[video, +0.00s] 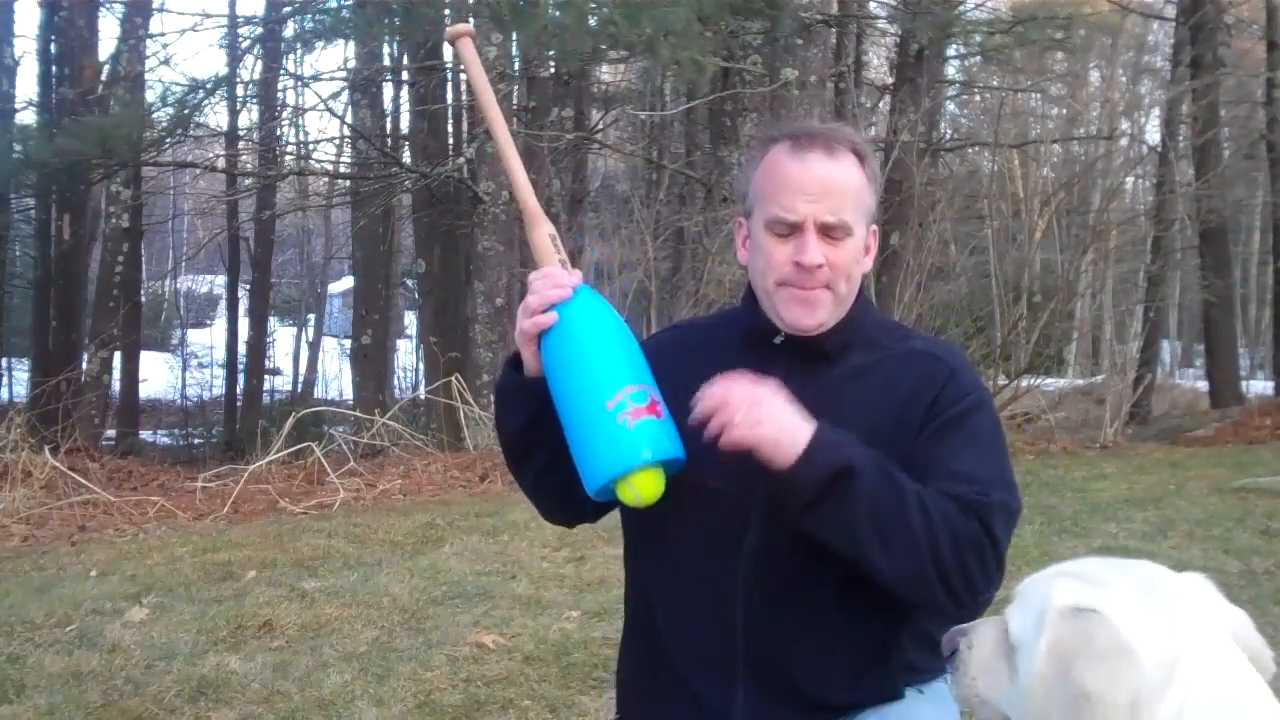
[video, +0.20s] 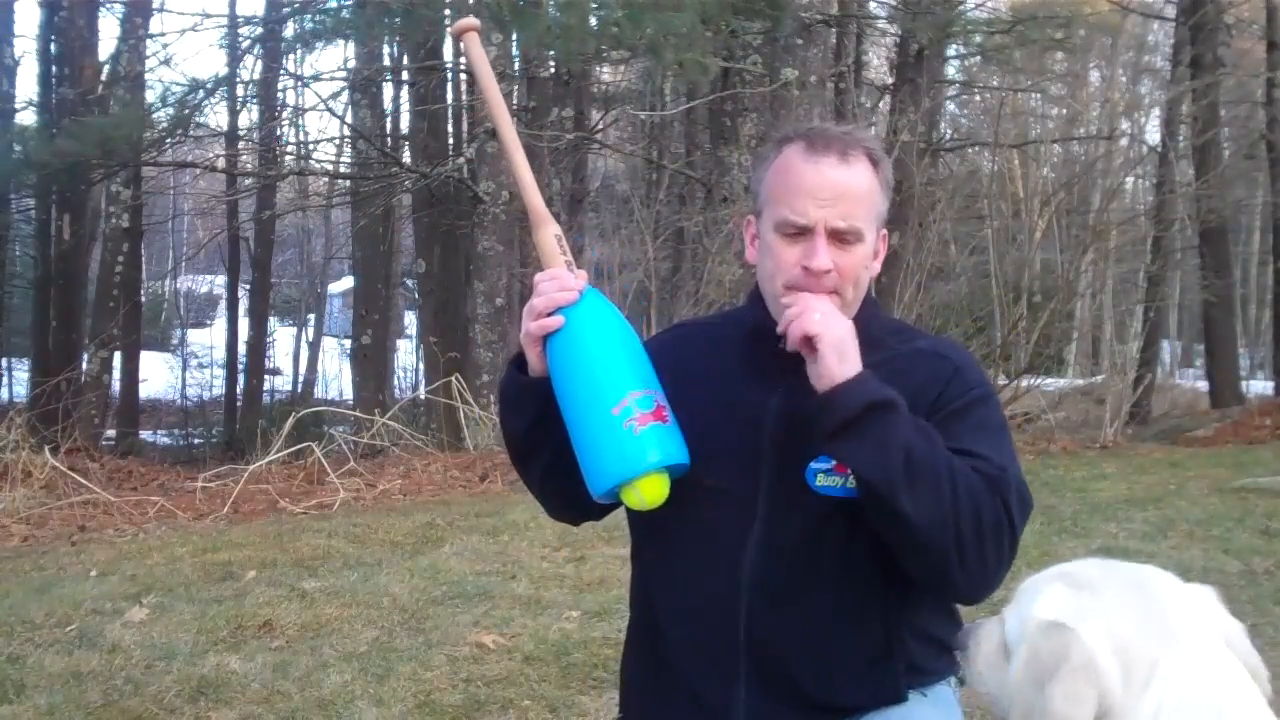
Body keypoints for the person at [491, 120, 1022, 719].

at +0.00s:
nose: (807, 255)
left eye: (833, 232)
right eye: (783, 229)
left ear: (869, 249)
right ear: (744, 240)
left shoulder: (934, 383)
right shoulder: (669, 360)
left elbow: (965, 570)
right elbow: (569, 497)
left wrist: (808, 450)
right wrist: (532, 370)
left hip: (875, 699)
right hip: (680, 697)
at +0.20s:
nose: (816, 259)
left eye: (844, 237)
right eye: (793, 231)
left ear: (878, 254)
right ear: (752, 239)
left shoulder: (936, 377)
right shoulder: (674, 360)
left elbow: (977, 559)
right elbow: (576, 496)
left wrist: (850, 393)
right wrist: (536, 372)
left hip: (883, 702)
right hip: (686, 700)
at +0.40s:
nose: (820, 256)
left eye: (847, 232)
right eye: (798, 228)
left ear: (883, 248)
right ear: (757, 239)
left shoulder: (946, 387)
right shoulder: (678, 359)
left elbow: (998, 566)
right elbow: (575, 491)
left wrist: (844, 467)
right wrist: (544, 363)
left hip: (880, 707)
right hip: (682, 702)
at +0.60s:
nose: (814, 256)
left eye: (841, 232)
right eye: (792, 229)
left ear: (880, 251)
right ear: (753, 241)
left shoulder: (947, 397)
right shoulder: (675, 366)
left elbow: (1022, 580)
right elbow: (575, 489)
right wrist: (543, 360)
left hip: (851, 708)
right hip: (675, 704)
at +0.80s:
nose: (806, 258)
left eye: (833, 234)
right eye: (783, 230)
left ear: (875, 250)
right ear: (748, 241)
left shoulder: (950, 400)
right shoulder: (677, 369)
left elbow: (1046, 585)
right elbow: (576, 490)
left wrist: (956, 710)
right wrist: (543, 363)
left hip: (866, 714)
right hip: (677, 707)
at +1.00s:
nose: (803, 256)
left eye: (831, 231)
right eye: (780, 229)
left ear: (873, 249)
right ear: (747, 242)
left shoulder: (953, 402)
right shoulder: (679, 370)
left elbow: (1047, 586)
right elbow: (579, 497)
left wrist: (980, 708)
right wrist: (542, 368)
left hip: (868, 713)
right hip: (678, 707)